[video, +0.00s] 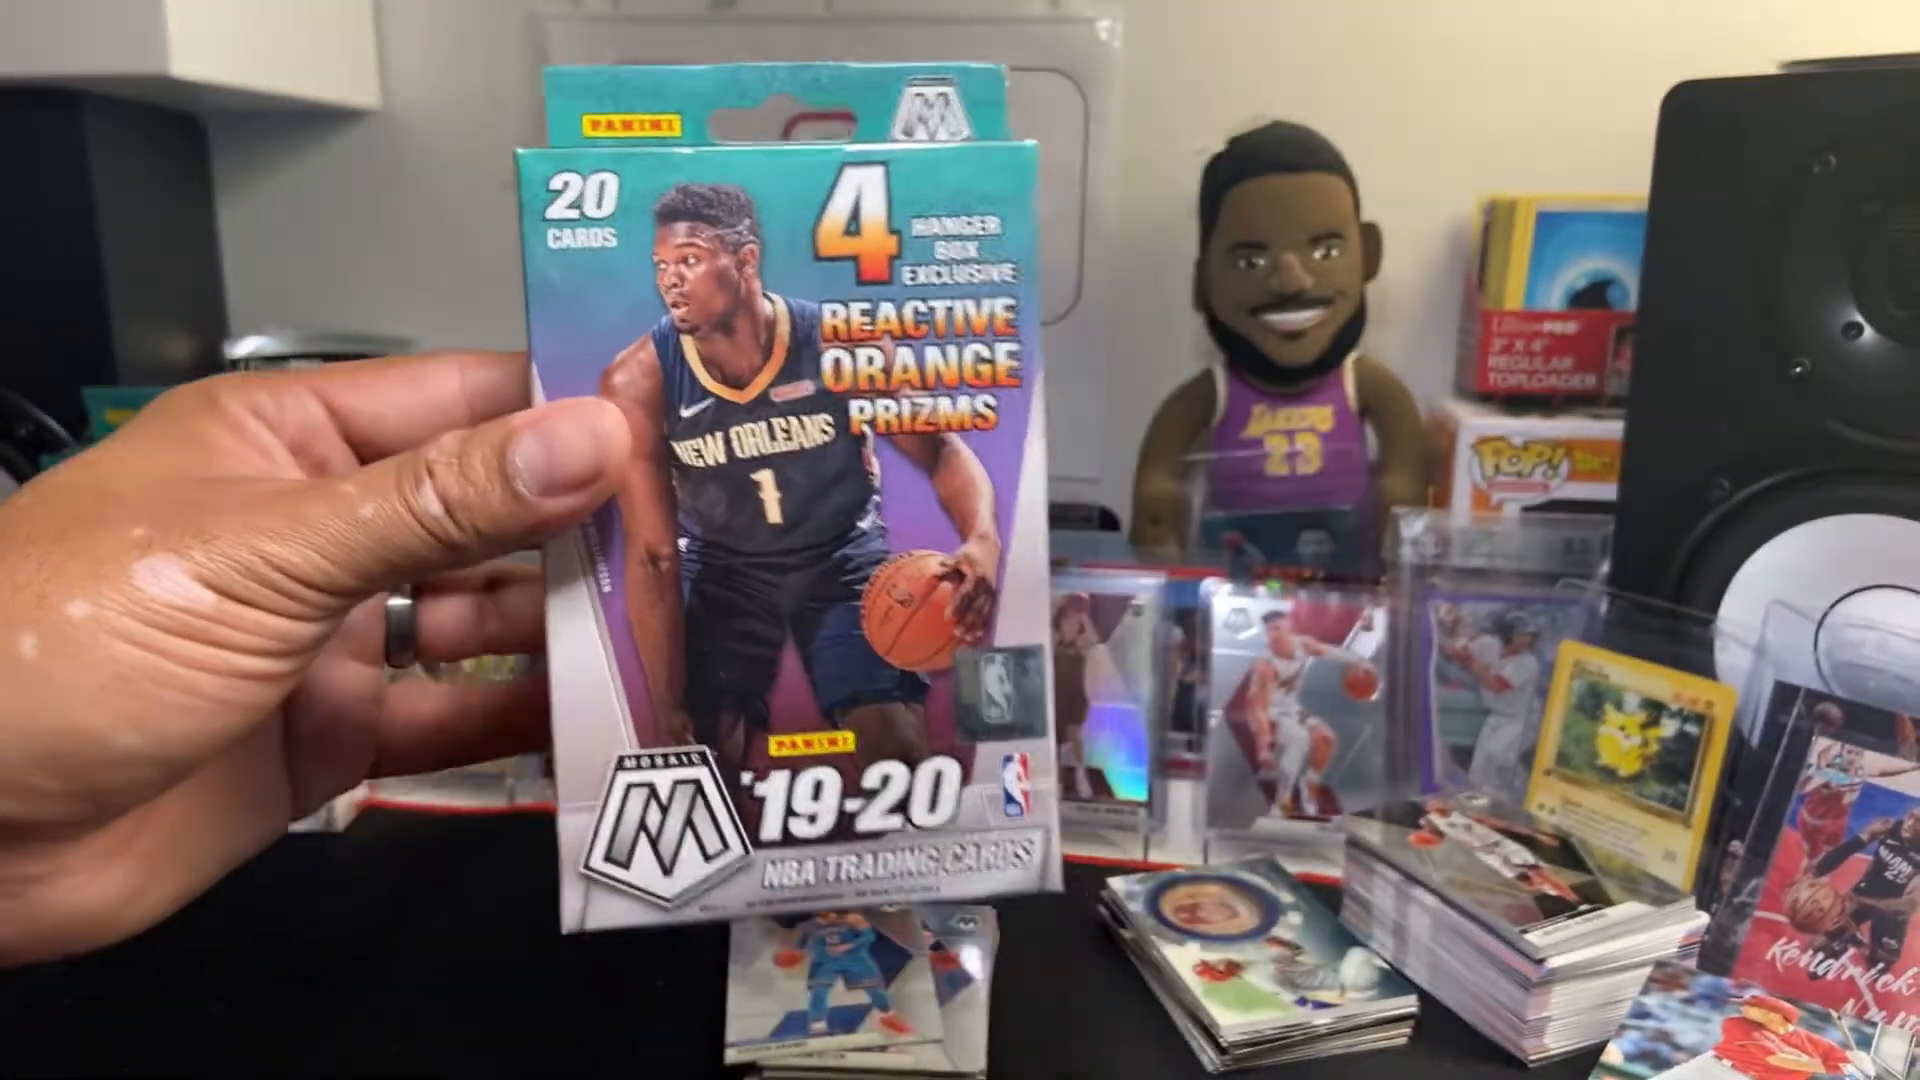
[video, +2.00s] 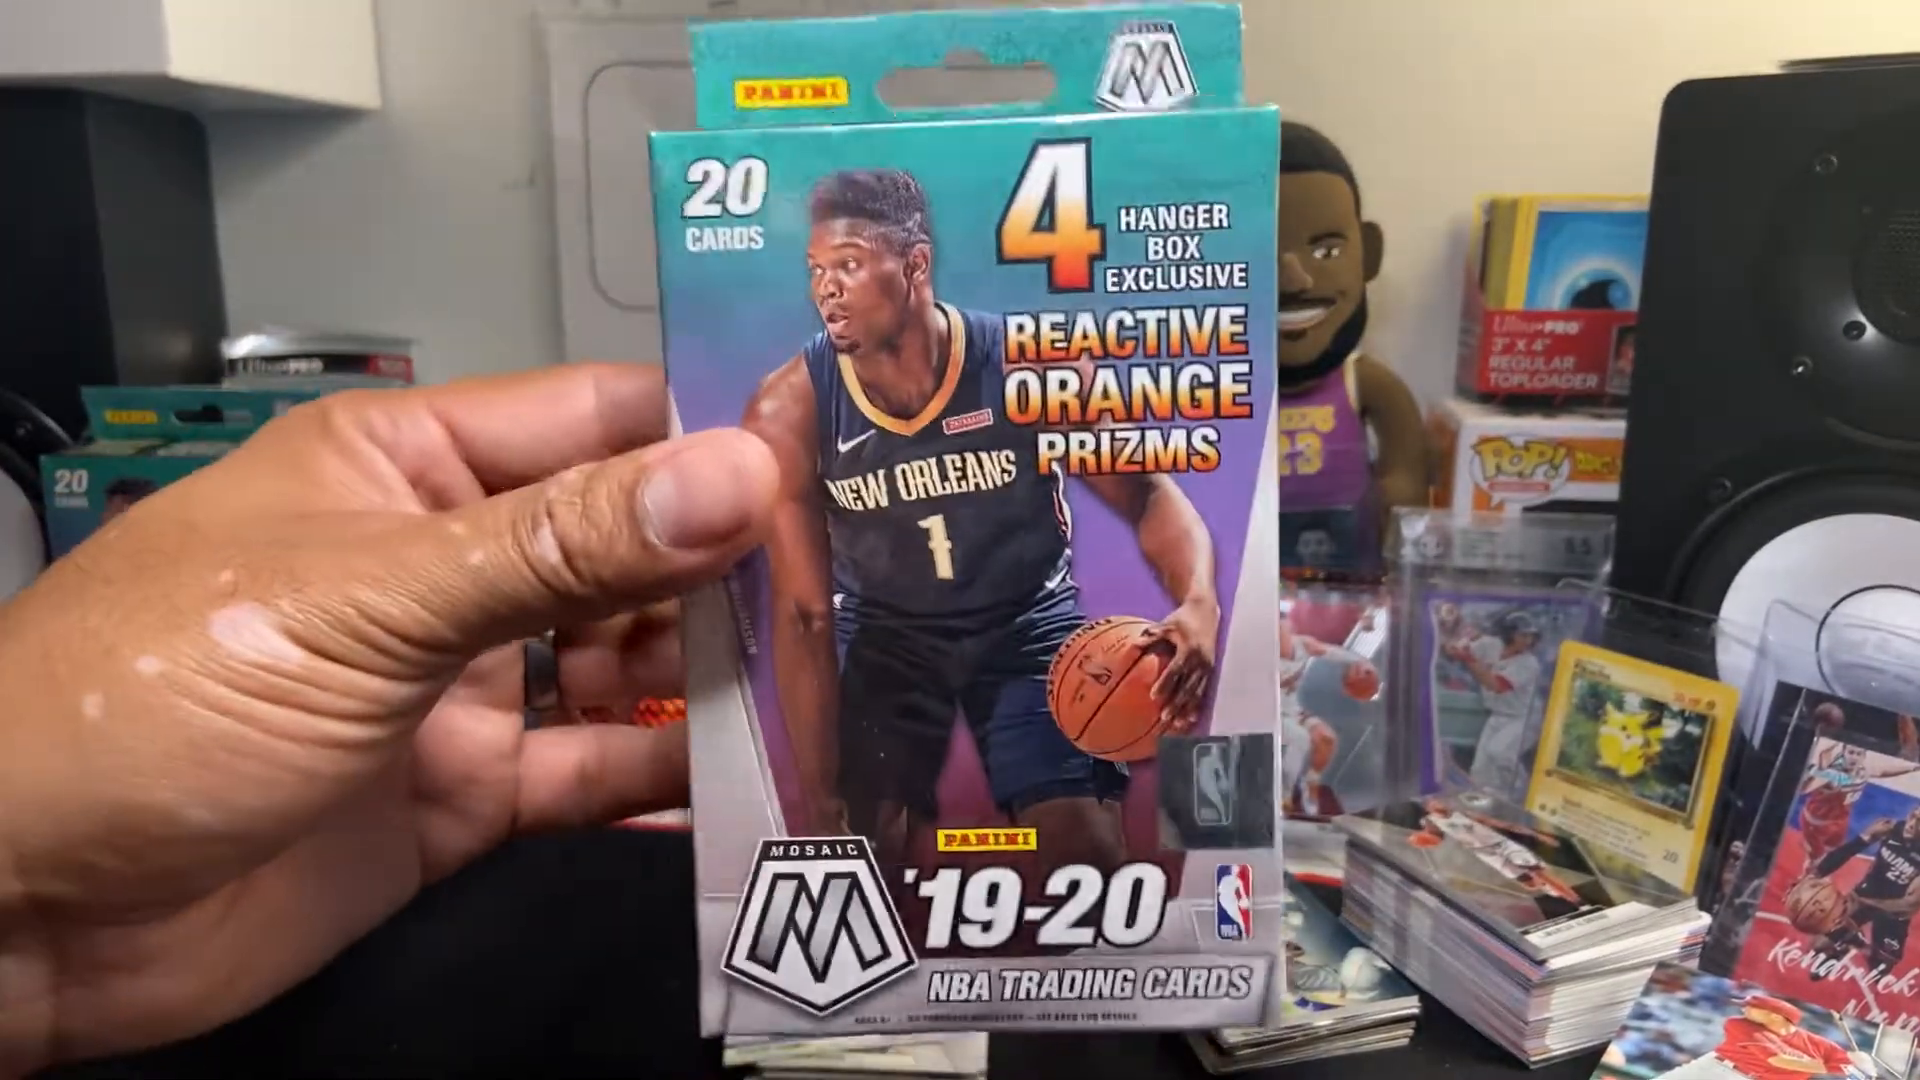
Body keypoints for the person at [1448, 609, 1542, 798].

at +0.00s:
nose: (1527, 640)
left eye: (1530, 635)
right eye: (1522, 634)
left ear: (1532, 638)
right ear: (1510, 635)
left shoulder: (1528, 662)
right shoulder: (1493, 649)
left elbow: (1498, 684)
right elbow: (1460, 651)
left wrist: (1473, 663)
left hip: (1516, 722)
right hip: (1495, 718)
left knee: (1496, 752)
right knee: (1481, 755)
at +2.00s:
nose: (1528, 641)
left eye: (1531, 636)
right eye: (1523, 635)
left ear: (1535, 639)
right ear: (1511, 635)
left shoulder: (1529, 663)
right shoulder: (1492, 645)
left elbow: (1498, 684)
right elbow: (1462, 651)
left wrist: (1471, 661)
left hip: (1521, 722)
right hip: (1496, 718)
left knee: (1497, 751)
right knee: (1481, 763)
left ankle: (1520, 788)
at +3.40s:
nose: (1531, 642)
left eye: (1534, 637)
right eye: (1527, 635)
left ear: (1537, 639)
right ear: (1514, 634)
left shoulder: (1533, 664)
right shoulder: (1494, 646)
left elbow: (1502, 685)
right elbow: (1460, 651)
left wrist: (1475, 662)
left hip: (1520, 723)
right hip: (1498, 719)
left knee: (1501, 755)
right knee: (1484, 757)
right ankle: (1480, 798)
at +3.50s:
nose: (1531, 642)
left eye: (1533, 637)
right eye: (1527, 637)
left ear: (1535, 641)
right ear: (1516, 638)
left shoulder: (1534, 664)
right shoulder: (1503, 656)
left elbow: (1504, 685)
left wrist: (1480, 668)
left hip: (1525, 723)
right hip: (1502, 720)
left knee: (1504, 755)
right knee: (1489, 755)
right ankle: (1484, 798)